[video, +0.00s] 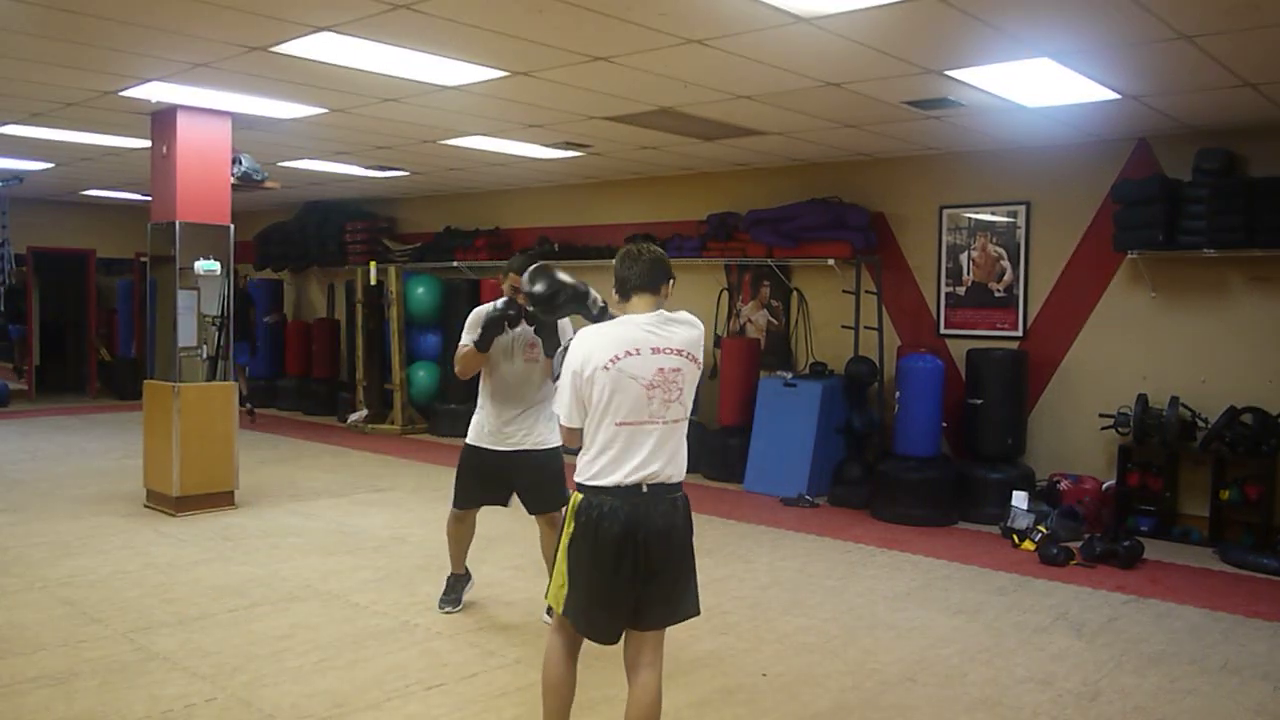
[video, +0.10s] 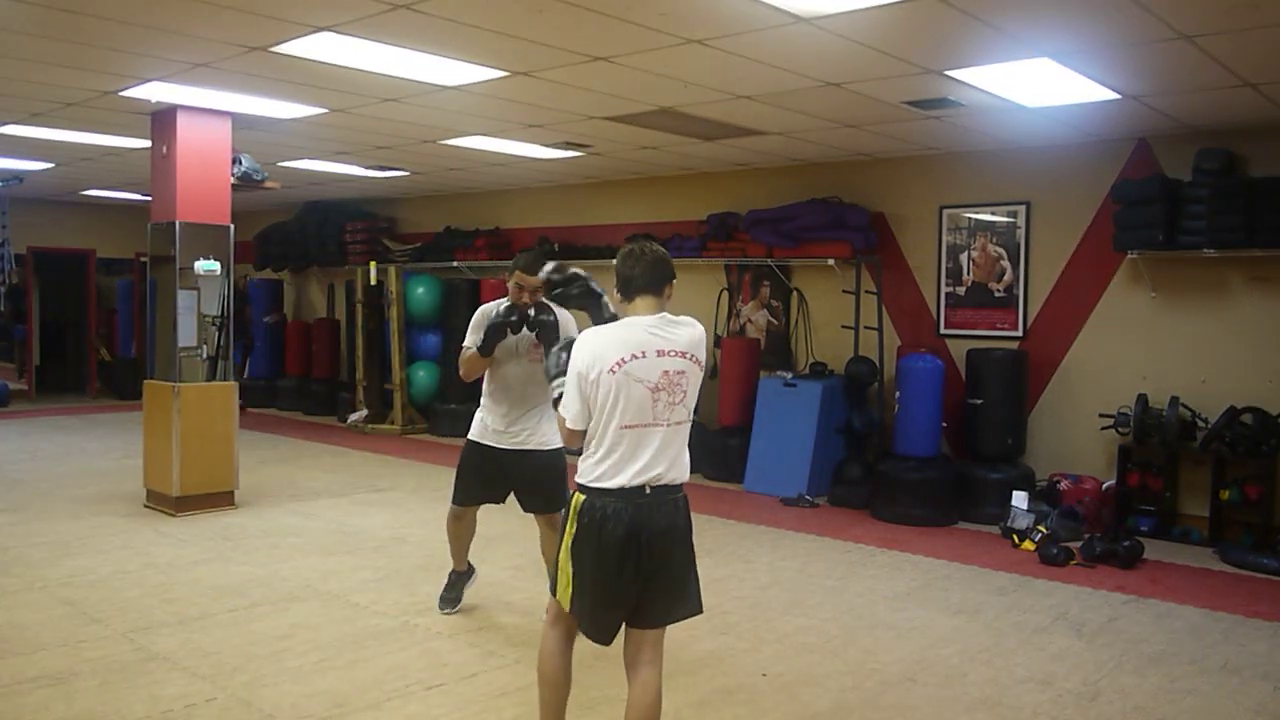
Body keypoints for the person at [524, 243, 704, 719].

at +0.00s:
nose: (672, 292)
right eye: (672, 286)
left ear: (615, 289)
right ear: (667, 289)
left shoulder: (586, 343)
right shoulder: (693, 331)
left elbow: (571, 435)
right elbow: (645, 332)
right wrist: (595, 308)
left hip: (597, 512)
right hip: (666, 511)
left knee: (563, 636)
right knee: (646, 655)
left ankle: (554, 716)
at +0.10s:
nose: (675, 290)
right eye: (674, 284)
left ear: (618, 288)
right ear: (670, 288)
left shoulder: (591, 344)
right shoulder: (694, 335)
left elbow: (572, 433)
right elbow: (646, 339)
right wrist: (601, 306)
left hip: (599, 511)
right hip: (667, 511)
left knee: (560, 621)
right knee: (645, 651)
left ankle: (551, 717)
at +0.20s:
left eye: (616, 283)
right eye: (670, 286)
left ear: (615, 287)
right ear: (668, 289)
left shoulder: (589, 343)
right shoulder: (692, 339)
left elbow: (563, 436)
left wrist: (549, 380)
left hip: (596, 511)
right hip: (666, 512)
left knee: (555, 623)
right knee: (644, 654)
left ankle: (539, 716)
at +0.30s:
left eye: (600, 285)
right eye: (660, 286)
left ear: (605, 289)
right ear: (658, 289)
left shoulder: (579, 345)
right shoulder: (685, 340)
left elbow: (551, 438)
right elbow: (687, 408)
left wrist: (541, 376)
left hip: (591, 513)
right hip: (661, 513)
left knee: (550, 624)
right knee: (642, 657)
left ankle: (525, 716)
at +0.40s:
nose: (586, 294)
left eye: (587, 288)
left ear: (592, 292)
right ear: (643, 289)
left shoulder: (567, 347)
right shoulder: (673, 343)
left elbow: (536, 437)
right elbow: (676, 412)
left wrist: (582, 411)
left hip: (582, 512)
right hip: (652, 512)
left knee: (544, 625)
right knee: (638, 655)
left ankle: (517, 716)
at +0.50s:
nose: (571, 294)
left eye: (572, 288)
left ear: (577, 293)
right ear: (626, 290)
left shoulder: (550, 349)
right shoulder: (655, 343)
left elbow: (521, 432)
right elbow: (664, 413)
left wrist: (570, 402)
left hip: (573, 513)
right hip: (641, 513)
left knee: (544, 623)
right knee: (631, 656)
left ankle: (519, 716)